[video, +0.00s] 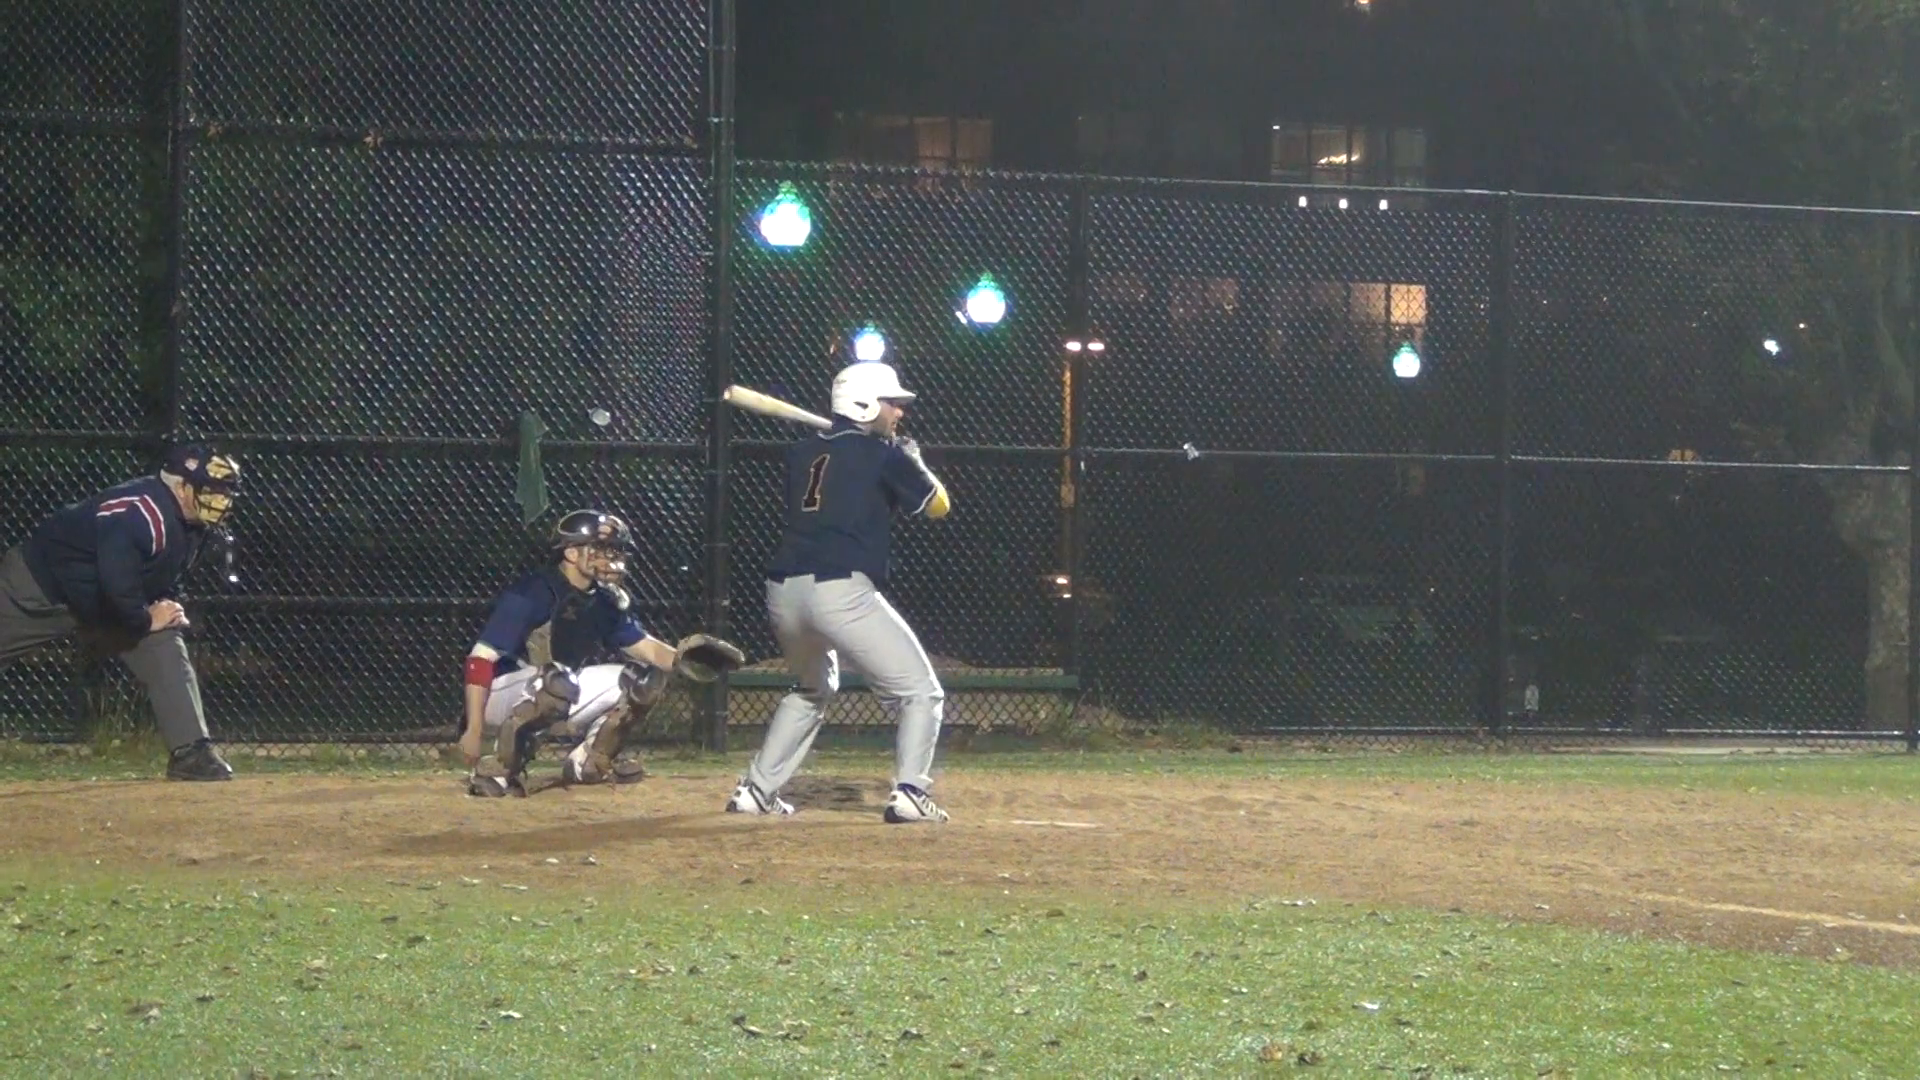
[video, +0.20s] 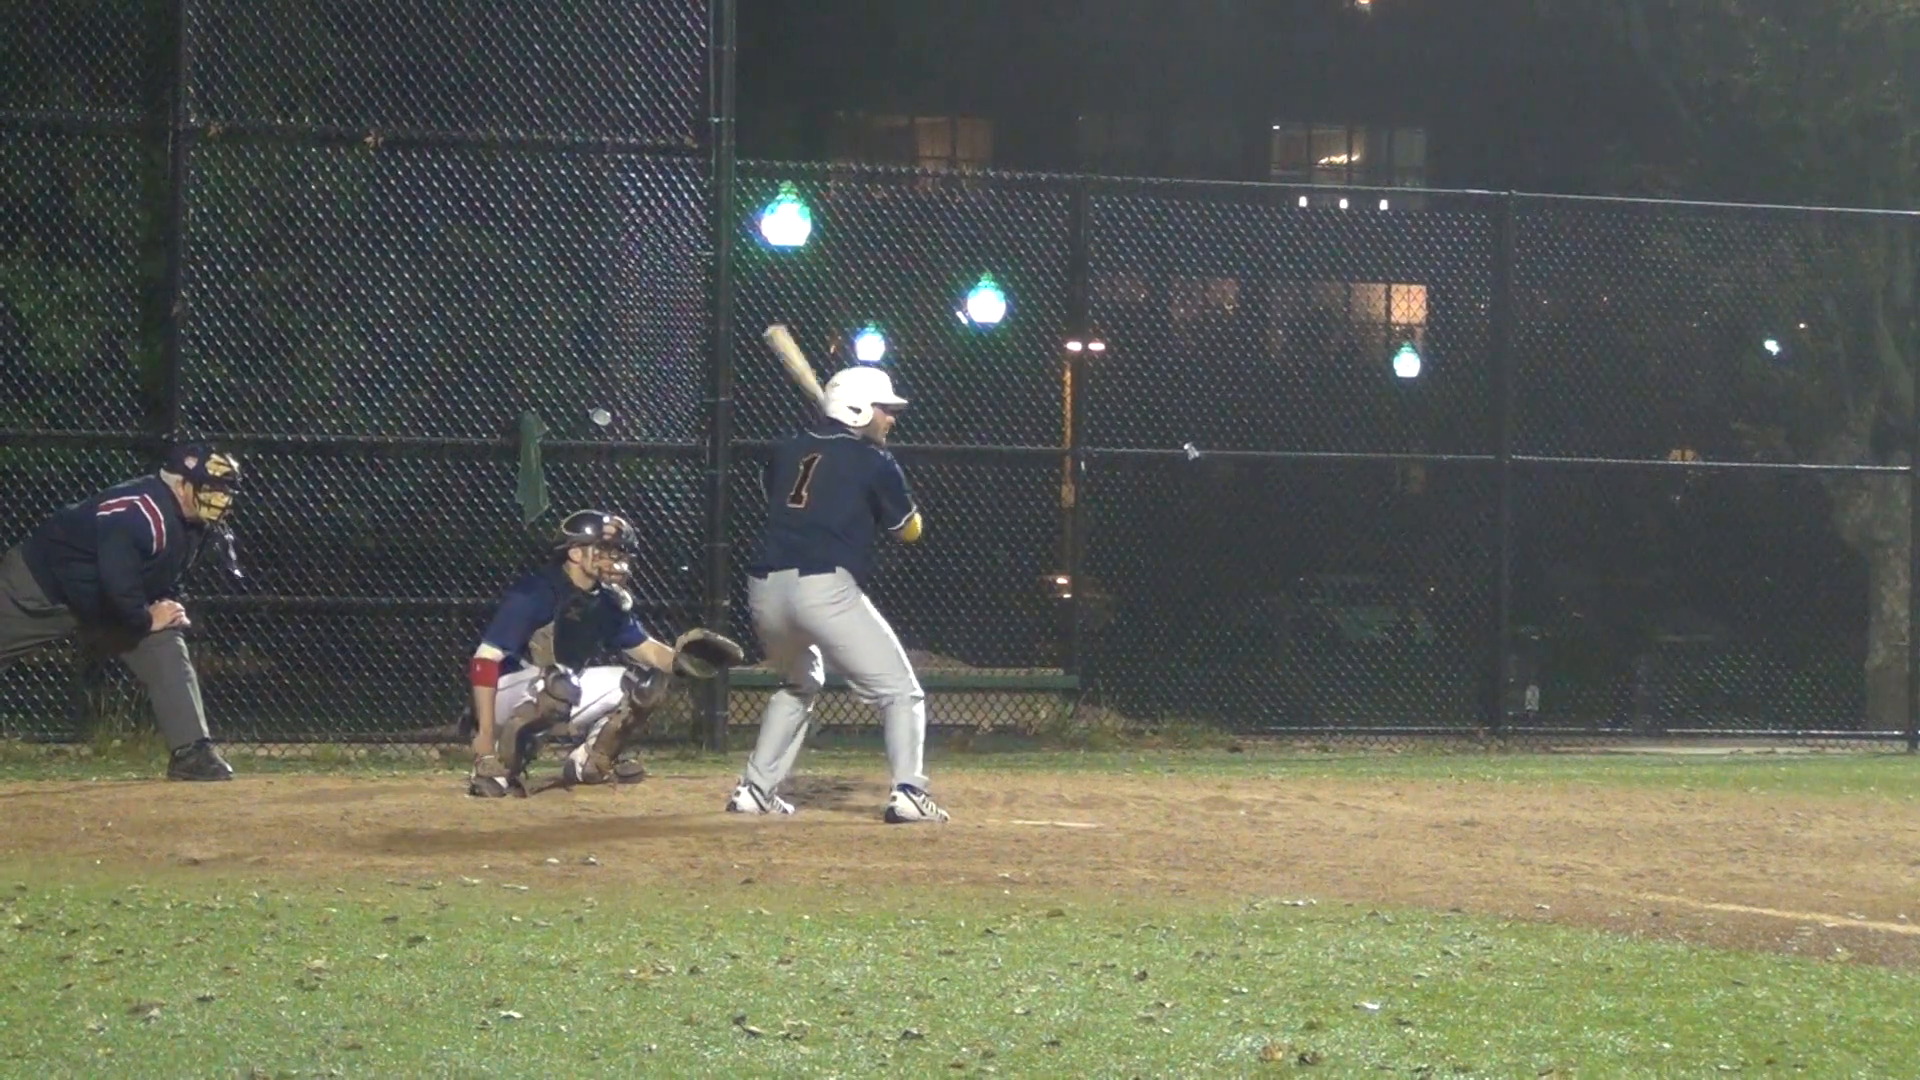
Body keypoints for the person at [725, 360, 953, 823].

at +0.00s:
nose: (900, 412)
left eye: (899, 403)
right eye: (893, 403)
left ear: (848, 408)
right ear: (866, 406)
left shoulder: (801, 450)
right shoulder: (882, 454)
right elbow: (939, 506)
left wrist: (879, 453)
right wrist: (915, 464)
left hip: (782, 592)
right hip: (842, 591)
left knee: (810, 688)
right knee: (922, 693)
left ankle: (756, 791)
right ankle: (911, 793)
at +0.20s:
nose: (892, 419)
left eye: (891, 410)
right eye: (885, 410)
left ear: (840, 410)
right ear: (860, 412)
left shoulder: (787, 447)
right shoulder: (875, 462)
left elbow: (778, 501)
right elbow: (908, 531)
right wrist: (891, 484)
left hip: (763, 590)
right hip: (826, 589)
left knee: (799, 683)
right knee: (902, 693)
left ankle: (755, 789)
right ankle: (909, 793)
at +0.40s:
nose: (875, 415)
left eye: (875, 406)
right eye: (868, 406)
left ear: (819, 404)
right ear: (842, 406)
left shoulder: (770, 433)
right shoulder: (863, 462)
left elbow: (723, 451)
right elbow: (859, 531)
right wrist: (874, 511)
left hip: (753, 578)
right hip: (817, 576)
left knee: (777, 678)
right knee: (890, 677)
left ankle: (752, 786)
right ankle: (911, 770)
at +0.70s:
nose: (877, 416)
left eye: (877, 407)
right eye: (871, 407)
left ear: (821, 406)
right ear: (849, 407)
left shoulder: (775, 441)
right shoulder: (873, 453)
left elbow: (700, 458)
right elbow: (872, 508)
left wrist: (750, 446)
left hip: (777, 579)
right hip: (841, 574)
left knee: (785, 681)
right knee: (920, 670)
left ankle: (754, 787)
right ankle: (952, 759)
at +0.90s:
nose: (905, 444)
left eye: (905, 435)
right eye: (901, 434)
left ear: (849, 429)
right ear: (886, 429)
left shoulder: (802, 468)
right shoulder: (903, 473)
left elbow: (732, 512)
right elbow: (910, 534)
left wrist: (784, 480)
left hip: (807, 599)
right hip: (873, 595)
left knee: (803, 688)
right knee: (954, 699)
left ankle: (759, 787)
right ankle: (977, 794)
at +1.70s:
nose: (861, 423)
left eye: (863, 415)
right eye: (860, 413)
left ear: (810, 390)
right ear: (848, 405)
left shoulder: (754, 423)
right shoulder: (852, 450)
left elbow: (680, 448)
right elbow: (848, 511)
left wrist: (729, 476)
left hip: (752, 567)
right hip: (816, 563)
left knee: (771, 676)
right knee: (889, 671)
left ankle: (760, 785)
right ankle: (933, 776)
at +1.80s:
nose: (855, 405)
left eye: (858, 396)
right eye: (855, 395)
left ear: (802, 376)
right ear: (841, 390)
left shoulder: (746, 412)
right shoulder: (845, 436)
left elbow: (675, 452)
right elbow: (837, 504)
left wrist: (702, 503)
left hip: (742, 552)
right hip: (806, 549)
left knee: (767, 670)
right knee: (869, 663)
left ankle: (759, 786)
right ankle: (880, 776)